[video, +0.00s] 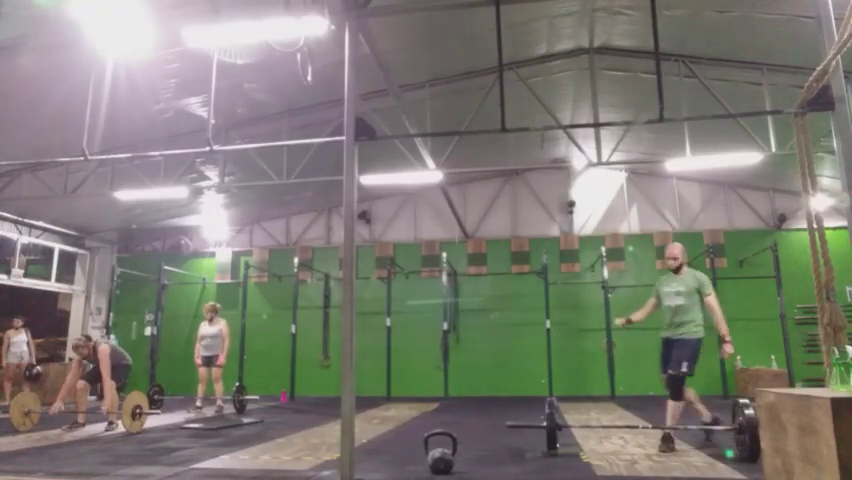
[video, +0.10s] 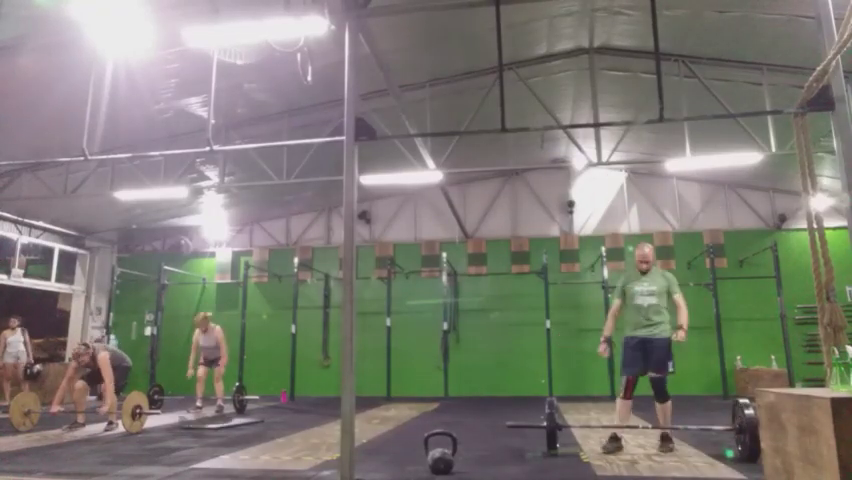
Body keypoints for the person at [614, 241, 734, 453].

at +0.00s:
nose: (671, 262)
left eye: (675, 258)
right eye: (668, 259)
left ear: (684, 258)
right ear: (665, 260)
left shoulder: (698, 278)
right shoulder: (662, 282)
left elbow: (714, 309)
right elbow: (647, 309)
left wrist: (725, 338)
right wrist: (628, 319)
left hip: (690, 335)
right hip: (669, 336)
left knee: (675, 381)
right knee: (672, 383)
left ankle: (668, 434)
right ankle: (709, 418)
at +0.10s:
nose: (643, 264)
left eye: (647, 261)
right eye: (640, 261)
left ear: (653, 259)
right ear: (635, 259)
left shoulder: (666, 278)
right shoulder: (626, 279)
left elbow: (680, 304)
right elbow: (614, 310)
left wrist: (682, 327)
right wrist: (605, 337)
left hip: (659, 338)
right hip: (633, 338)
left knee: (659, 385)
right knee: (627, 385)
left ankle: (665, 435)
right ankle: (617, 435)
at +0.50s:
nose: (624, 260)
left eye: (627, 256)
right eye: (620, 256)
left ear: (635, 255)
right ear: (616, 256)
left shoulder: (650, 273)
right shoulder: (609, 278)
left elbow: (668, 305)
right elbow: (600, 311)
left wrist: (674, 334)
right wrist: (596, 340)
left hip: (648, 337)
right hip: (619, 337)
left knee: (658, 388)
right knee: (617, 388)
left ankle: (670, 438)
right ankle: (612, 438)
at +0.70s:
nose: (642, 349)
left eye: (644, 346)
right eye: (638, 346)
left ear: (649, 340)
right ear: (630, 341)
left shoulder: (658, 345)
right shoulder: (614, 342)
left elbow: (670, 382)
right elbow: (602, 378)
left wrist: (683, 411)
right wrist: (597, 413)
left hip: (645, 358)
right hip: (620, 357)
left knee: (665, 392)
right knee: (612, 392)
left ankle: (673, 440)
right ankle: (612, 438)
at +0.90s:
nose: (628, 251)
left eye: (631, 247)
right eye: (624, 248)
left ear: (638, 250)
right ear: (618, 251)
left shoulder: (651, 275)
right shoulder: (609, 277)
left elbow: (664, 306)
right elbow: (597, 309)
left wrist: (676, 336)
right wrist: (592, 339)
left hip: (648, 338)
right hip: (619, 339)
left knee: (657, 388)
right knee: (617, 389)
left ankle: (673, 439)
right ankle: (612, 438)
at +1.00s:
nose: (626, 252)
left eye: (630, 248)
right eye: (623, 249)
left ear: (637, 251)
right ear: (618, 252)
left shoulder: (650, 275)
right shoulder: (609, 278)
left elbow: (663, 307)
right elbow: (599, 310)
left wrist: (676, 338)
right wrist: (592, 339)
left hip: (649, 339)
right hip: (620, 340)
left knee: (659, 389)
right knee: (616, 390)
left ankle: (672, 439)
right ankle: (612, 438)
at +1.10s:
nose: (637, 299)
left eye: (640, 295)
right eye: (633, 295)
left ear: (645, 294)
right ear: (626, 293)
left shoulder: (654, 309)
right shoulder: (614, 309)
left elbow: (668, 344)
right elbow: (603, 343)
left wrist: (682, 377)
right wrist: (595, 378)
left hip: (647, 346)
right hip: (619, 346)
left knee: (664, 388)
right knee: (612, 386)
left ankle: (672, 439)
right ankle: (612, 438)